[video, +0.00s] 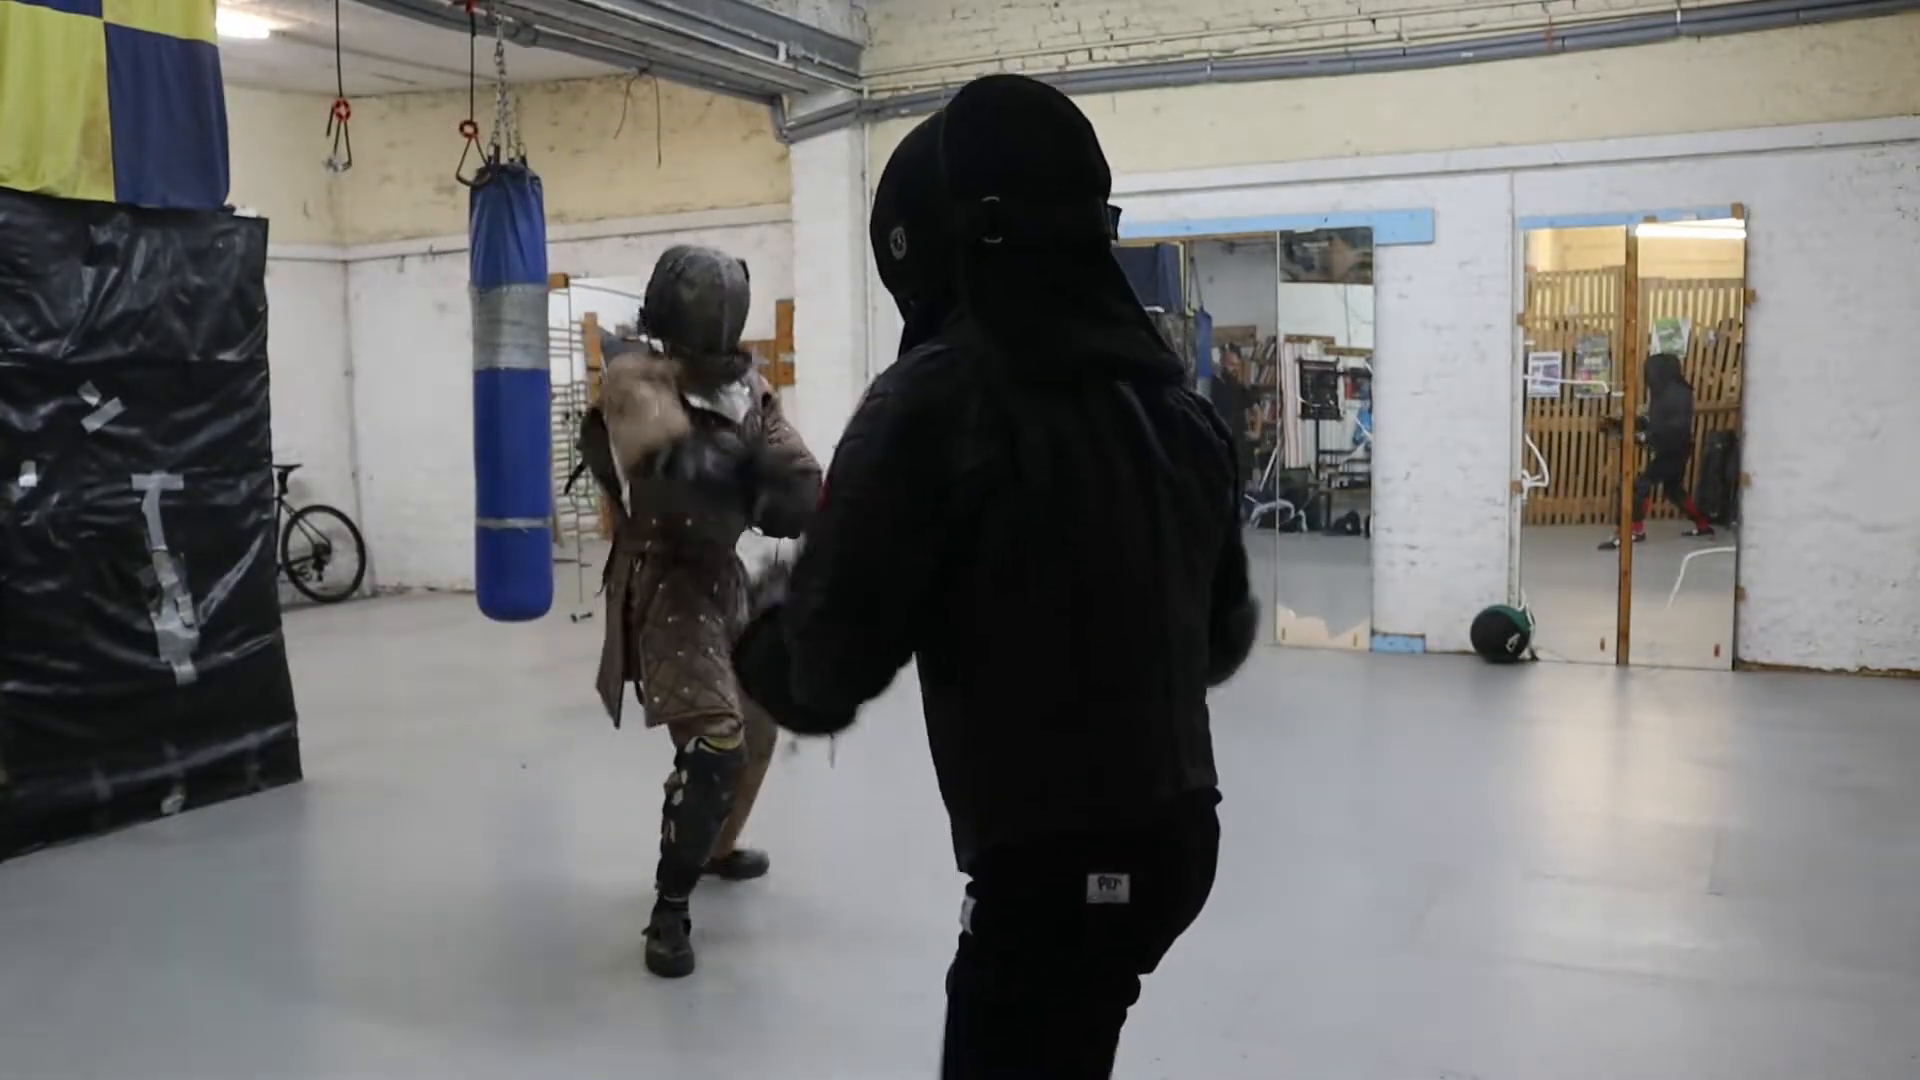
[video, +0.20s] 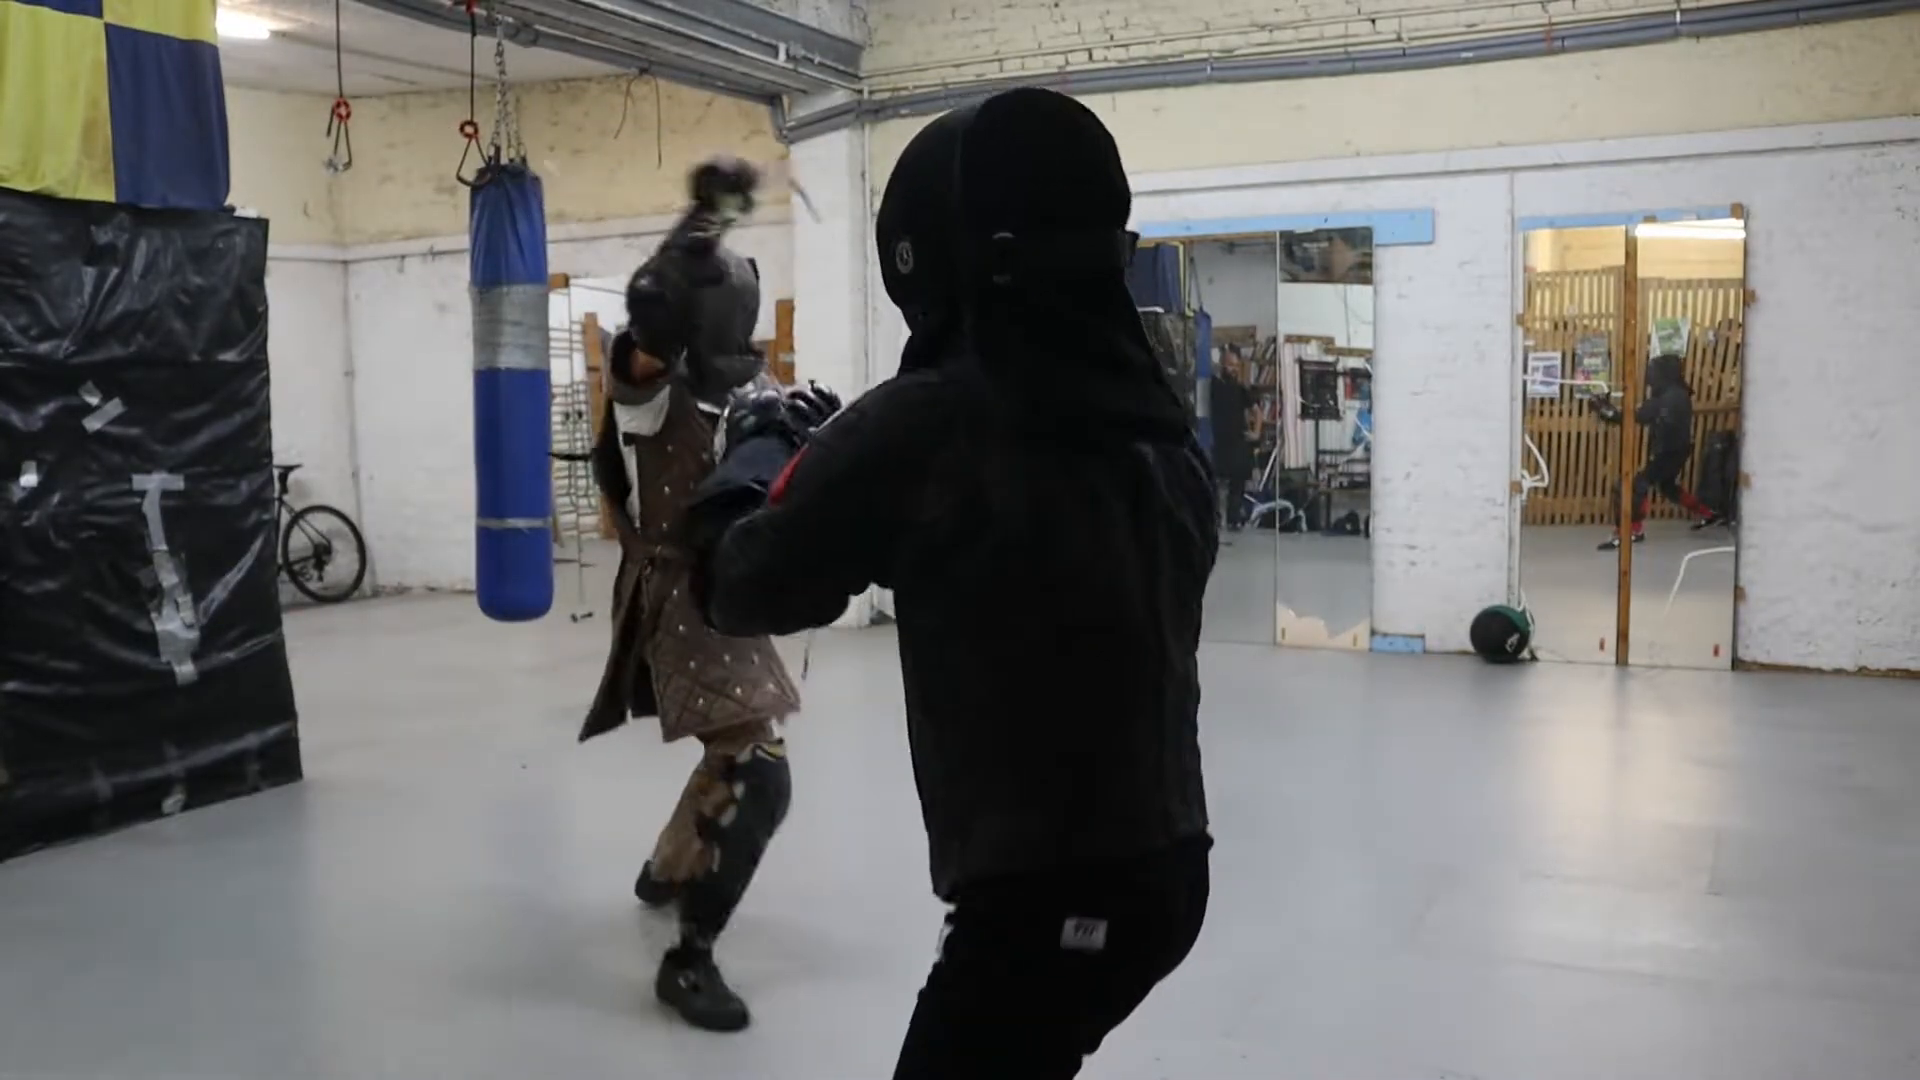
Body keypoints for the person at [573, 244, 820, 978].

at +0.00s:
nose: (716, 353)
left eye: (728, 336)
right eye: (701, 336)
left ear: (741, 325)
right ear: (668, 327)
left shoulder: (746, 388)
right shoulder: (634, 379)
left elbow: (804, 478)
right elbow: (665, 470)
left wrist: (768, 488)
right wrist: (745, 473)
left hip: (730, 578)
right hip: (664, 583)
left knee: (756, 726)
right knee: (717, 741)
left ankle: (715, 847)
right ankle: (670, 908)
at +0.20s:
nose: (749, 332)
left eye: (746, 317)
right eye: (737, 322)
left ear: (706, 338)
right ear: (690, 336)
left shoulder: (741, 397)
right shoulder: (651, 394)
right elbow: (652, 308)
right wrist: (704, 218)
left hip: (727, 590)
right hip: (681, 588)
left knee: (741, 750)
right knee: (763, 782)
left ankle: (670, 870)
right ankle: (691, 957)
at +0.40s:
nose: (759, 367)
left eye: (758, 353)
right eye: (751, 353)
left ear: (690, 353)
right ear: (722, 354)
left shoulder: (692, 421)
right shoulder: (679, 440)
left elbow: (609, 519)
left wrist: (639, 589)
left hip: (724, 619)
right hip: (691, 632)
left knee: (801, 750)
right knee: (778, 805)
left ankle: (702, 853)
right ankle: (682, 972)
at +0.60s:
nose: (772, 333)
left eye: (771, 320)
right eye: (763, 320)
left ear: (700, 312)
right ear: (734, 319)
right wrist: (854, 653)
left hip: (746, 608)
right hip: (701, 616)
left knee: (821, 752)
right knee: (778, 789)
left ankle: (765, 883)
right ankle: (681, 969)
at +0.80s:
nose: (782, 374)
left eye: (785, 356)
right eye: (767, 356)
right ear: (725, 357)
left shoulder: (761, 443)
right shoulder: (701, 456)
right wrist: (826, 664)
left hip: (776, 642)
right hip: (707, 652)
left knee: (817, 766)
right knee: (773, 781)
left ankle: (770, 879)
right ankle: (724, 960)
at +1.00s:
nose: (765, 344)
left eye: (778, 326)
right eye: (748, 327)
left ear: (796, 315)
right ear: (710, 312)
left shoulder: (817, 381)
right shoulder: (670, 382)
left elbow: (848, 480)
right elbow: (634, 515)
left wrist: (836, 537)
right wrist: (725, 544)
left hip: (807, 596)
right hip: (727, 609)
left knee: (813, 767)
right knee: (813, 782)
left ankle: (734, 876)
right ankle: (732, 951)